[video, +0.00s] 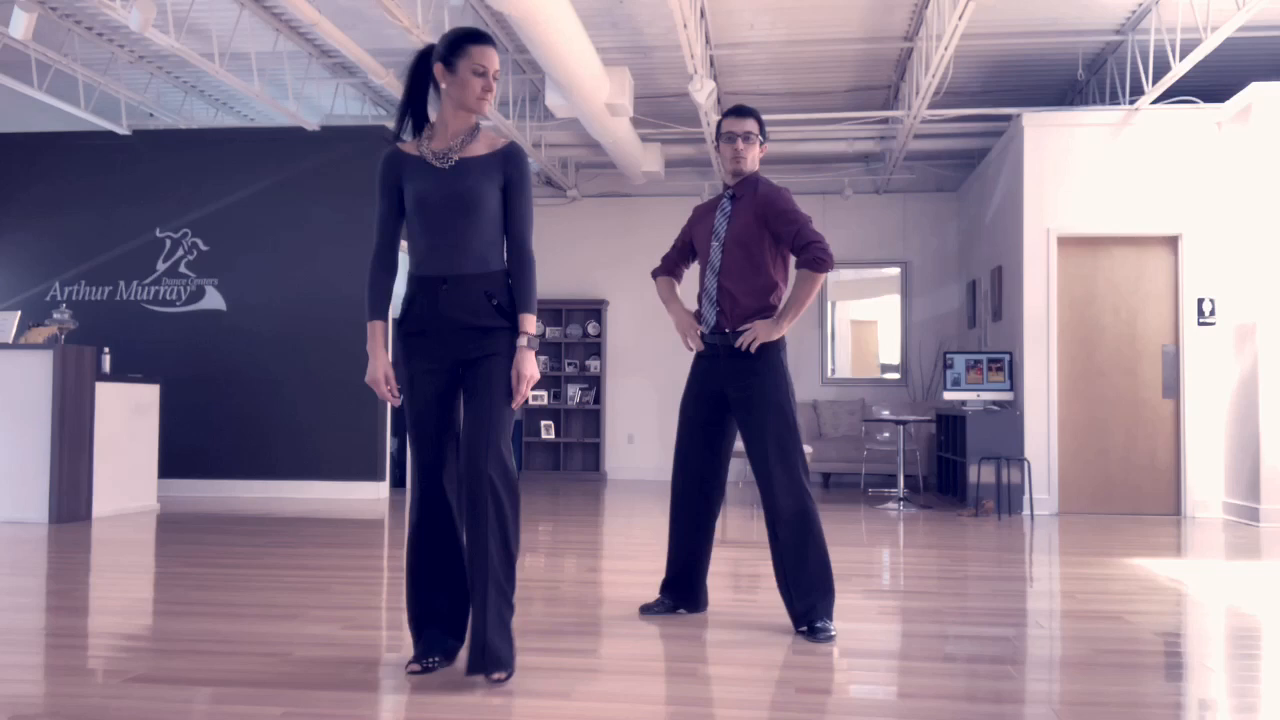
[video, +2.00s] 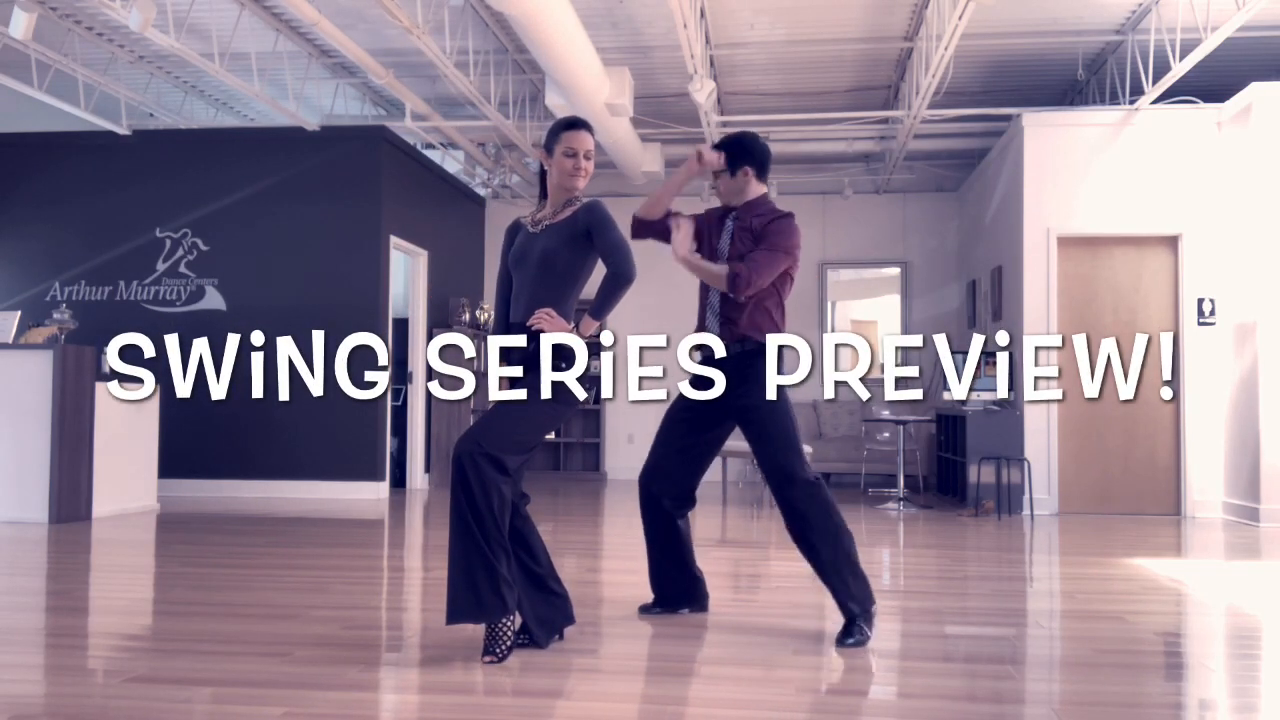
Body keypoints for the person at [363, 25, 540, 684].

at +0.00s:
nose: (489, 86)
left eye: (494, 77)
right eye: (478, 74)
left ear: (496, 85)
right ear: (440, 73)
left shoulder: (507, 156)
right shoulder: (402, 159)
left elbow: (520, 247)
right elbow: (385, 253)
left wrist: (528, 337)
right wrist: (377, 341)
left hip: (493, 329)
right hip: (423, 329)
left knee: (484, 472)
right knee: (431, 482)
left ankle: (493, 644)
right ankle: (436, 635)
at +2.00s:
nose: (581, 164)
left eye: (588, 157)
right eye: (570, 154)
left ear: (594, 166)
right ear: (544, 159)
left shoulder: (591, 213)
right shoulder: (518, 228)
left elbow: (623, 271)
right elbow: (501, 305)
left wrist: (583, 328)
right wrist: (496, 362)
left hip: (560, 371)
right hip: (518, 370)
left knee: (475, 451)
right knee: (499, 486)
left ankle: (502, 605)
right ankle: (546, 608)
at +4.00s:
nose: (577, 138)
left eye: (587, 130)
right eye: (568, 128)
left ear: (598, 142)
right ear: (551, 138)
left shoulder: (601, 200)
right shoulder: (532, 205)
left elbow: (644, 221)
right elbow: (493, 277)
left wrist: (570, 221)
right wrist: (496, 300)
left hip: (575, 349)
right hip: (532, 347)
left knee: (520, 469)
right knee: (523, 475)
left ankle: (551, 619)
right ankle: (585, 599)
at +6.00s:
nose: (589, 149)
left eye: (603, 146)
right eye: (589, 143)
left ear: (622, 166)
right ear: (579, 155)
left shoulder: (627, 226)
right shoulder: (557, 226)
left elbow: (624, 192)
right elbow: (488, 187)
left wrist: (621, 150)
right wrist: (541, 138)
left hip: (588, 376)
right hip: (544, 372)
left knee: (516, 462)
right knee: (530, 490)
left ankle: (532, 617)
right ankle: (587, 608)